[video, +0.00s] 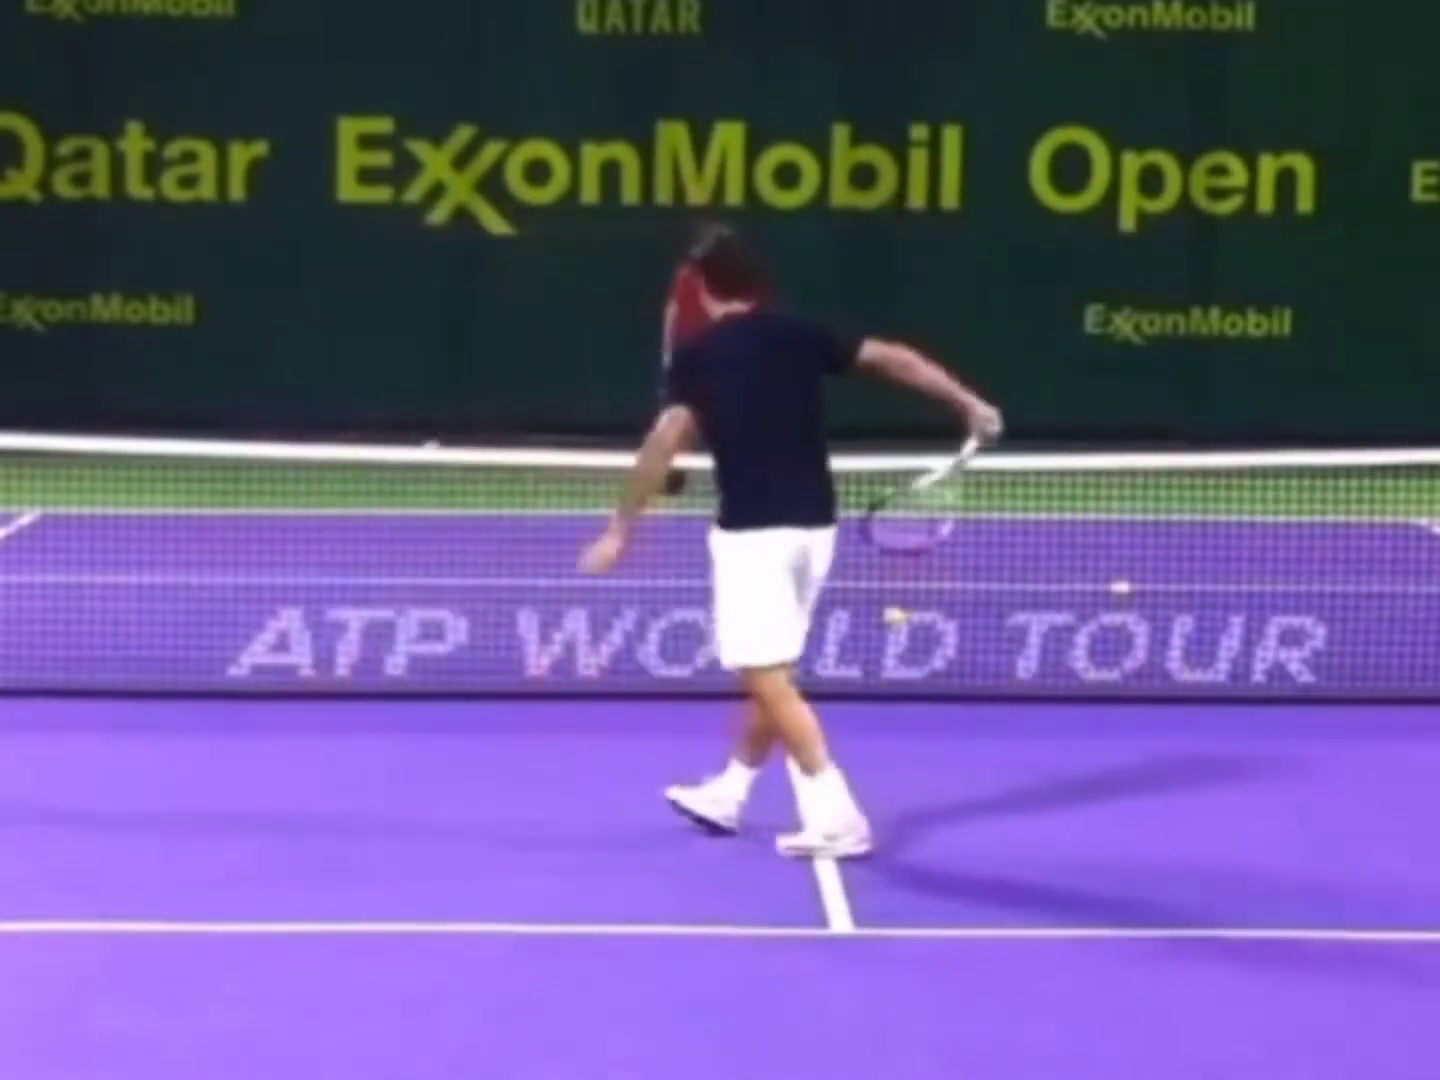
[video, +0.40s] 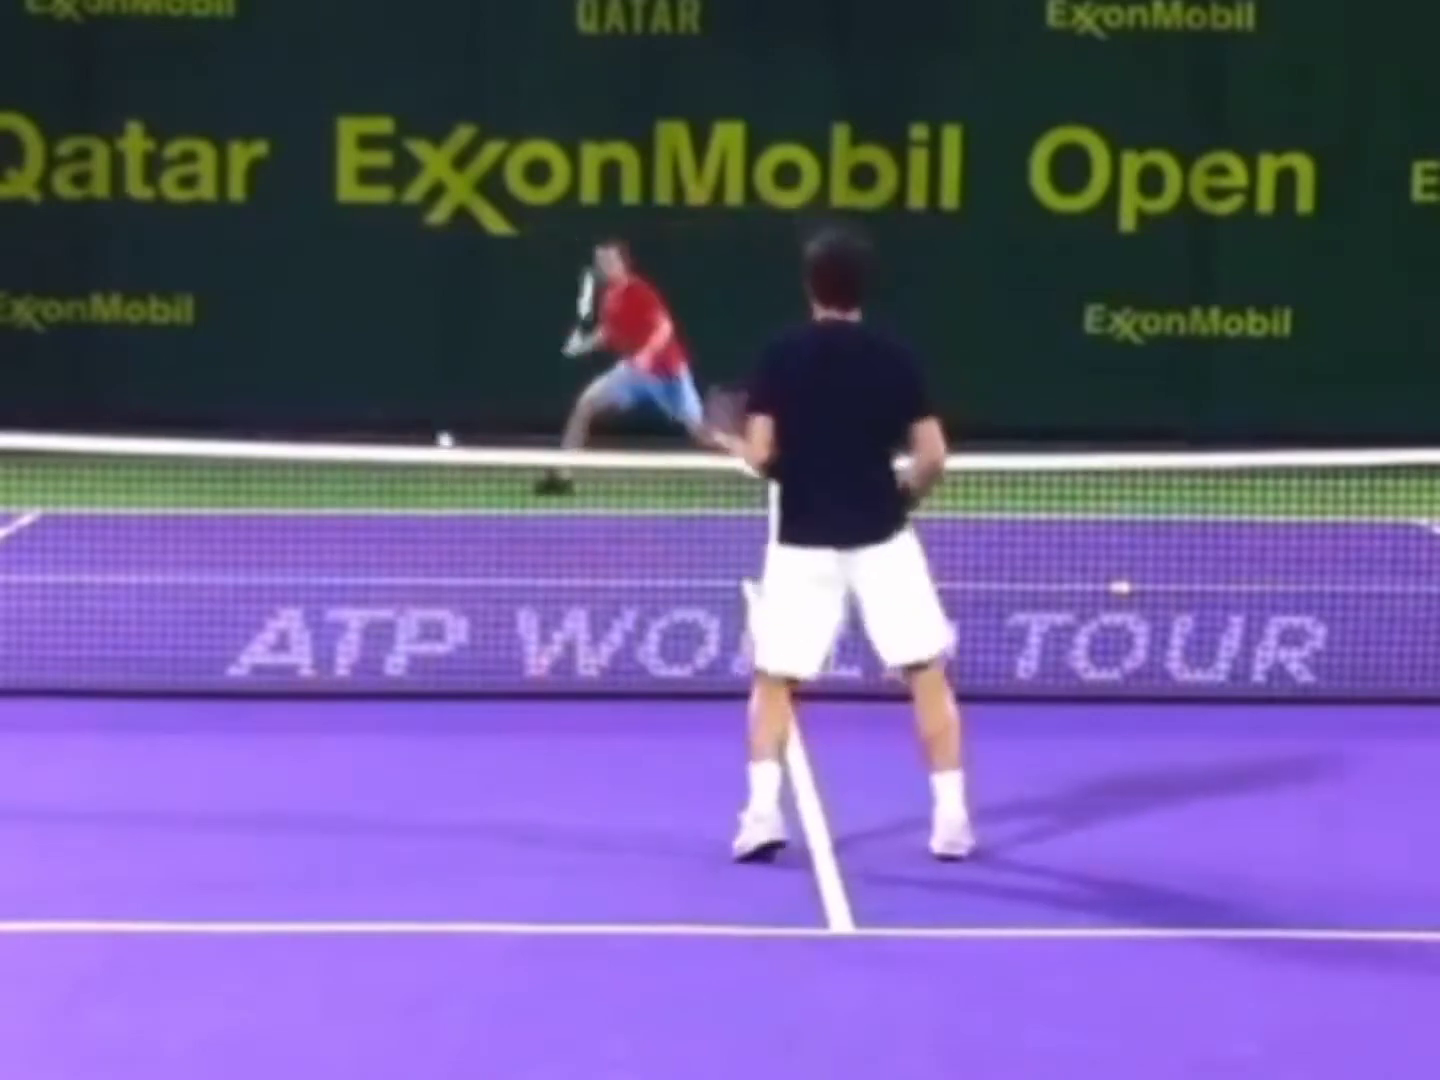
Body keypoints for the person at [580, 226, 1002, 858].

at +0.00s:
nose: (694, 298)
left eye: (695, 289)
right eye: (696, 289)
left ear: (704, 290)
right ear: (761, 286)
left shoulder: (702, 354)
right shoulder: (799, 334)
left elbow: (666, 440)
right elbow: (892, 358)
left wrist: (621, 526)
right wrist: (970, 404)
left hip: (752, 533)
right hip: (816, 529)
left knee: (768, 675)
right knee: (772, 670)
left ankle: (834, 815)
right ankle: (729, 792)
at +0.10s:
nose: (714, 278)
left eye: (718, 268)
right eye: (718, 266)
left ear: (732, 274)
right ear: (784, 271)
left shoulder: (716, 335)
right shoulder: (818, 321)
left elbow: (675, 425)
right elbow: (913, 363)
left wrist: (654, 485)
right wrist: (960, 422)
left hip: (767, 517)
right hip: (834, 513)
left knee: (784, 660)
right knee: (814, 656)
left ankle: (835, 803)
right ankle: (795, 781)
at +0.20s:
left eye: (769, 251)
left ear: (765, 253)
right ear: (818, 252)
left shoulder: (739, 312)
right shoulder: (848, 304)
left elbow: (707, 405)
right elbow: (922, 374)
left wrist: (731, 437)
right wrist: (935, 447)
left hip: (775, 496)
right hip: (849, 491)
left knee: (784, 646)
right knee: (854, 638)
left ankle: (816, 798)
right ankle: (871, 786)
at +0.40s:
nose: (822, 288)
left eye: (817, 277)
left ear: (810, 286)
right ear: (868, 287)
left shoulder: (783, 355)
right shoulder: (892, 356)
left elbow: (761, 452)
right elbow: (932, 451)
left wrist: (738, 444)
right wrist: (908, 488)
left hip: (802, 543)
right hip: (882, 540)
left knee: (775, 676)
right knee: (926, 670)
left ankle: (763, 808)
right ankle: (951, 811)